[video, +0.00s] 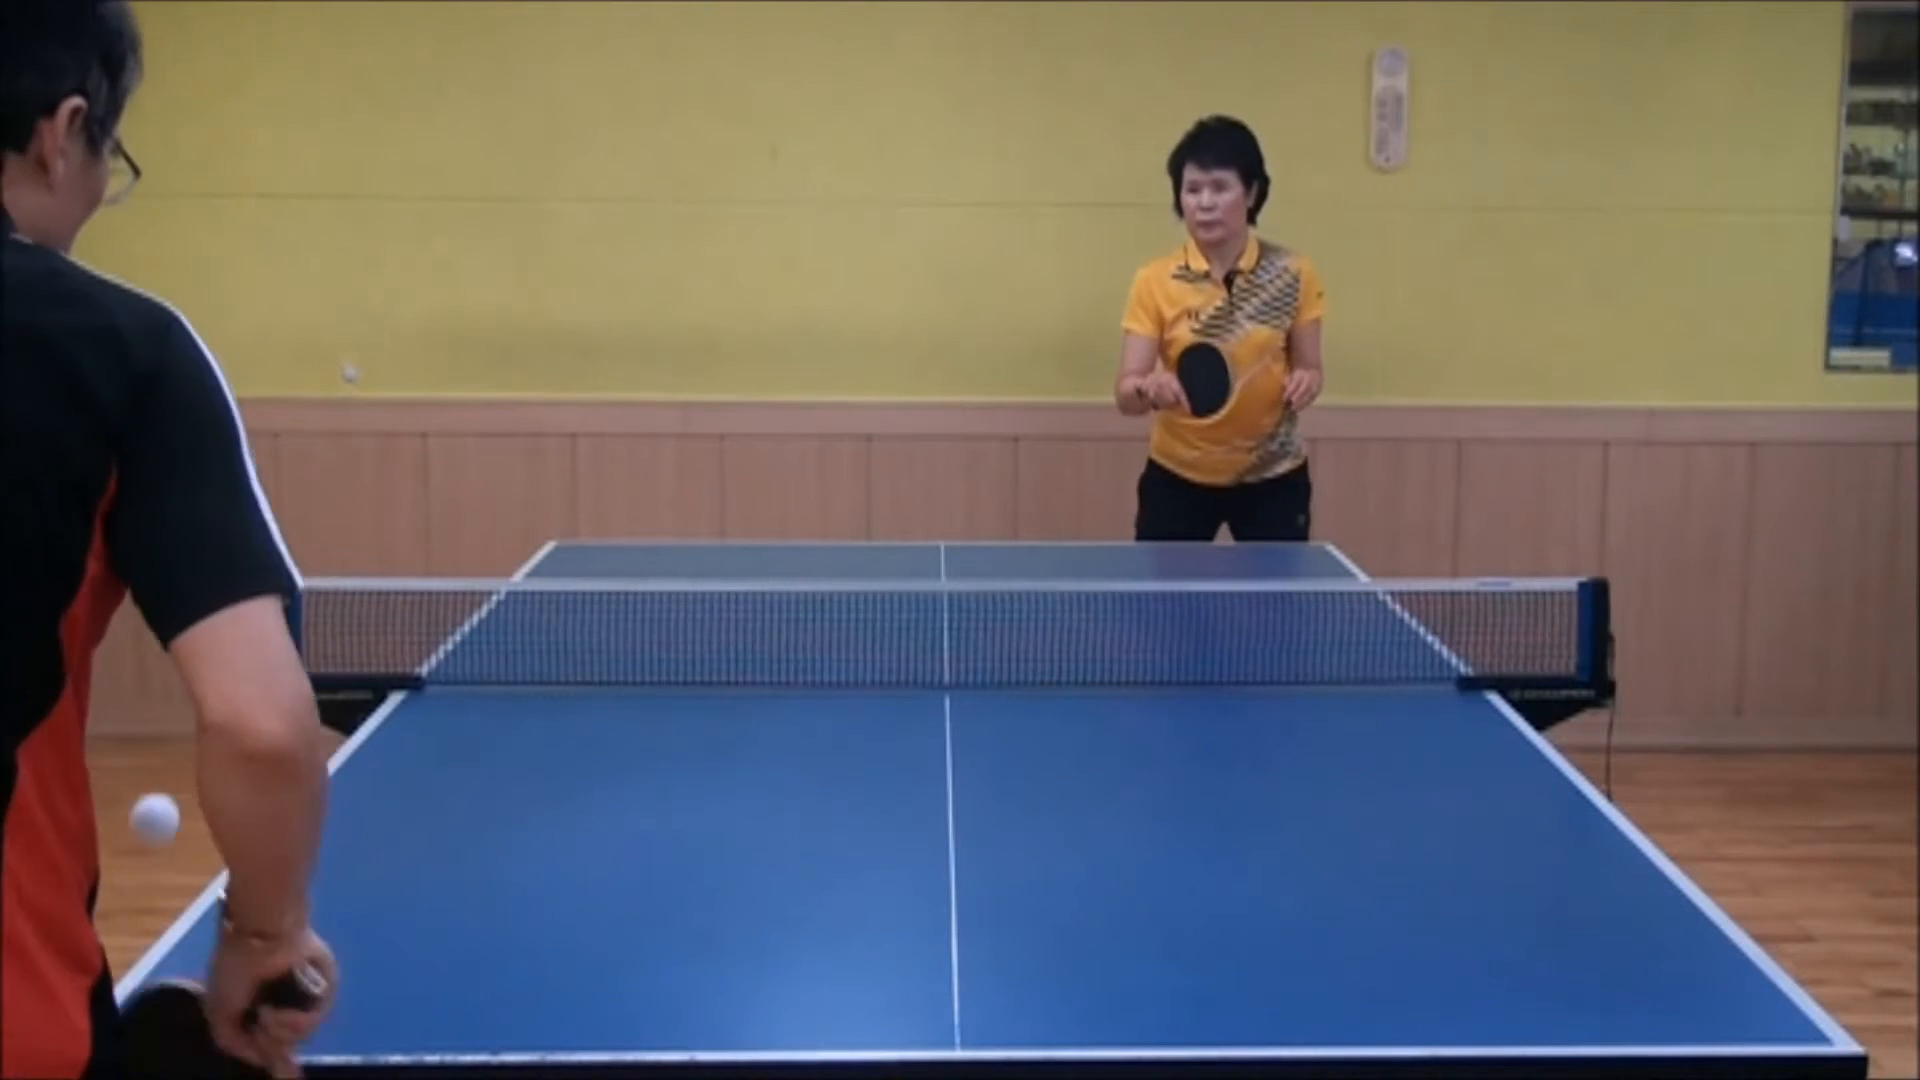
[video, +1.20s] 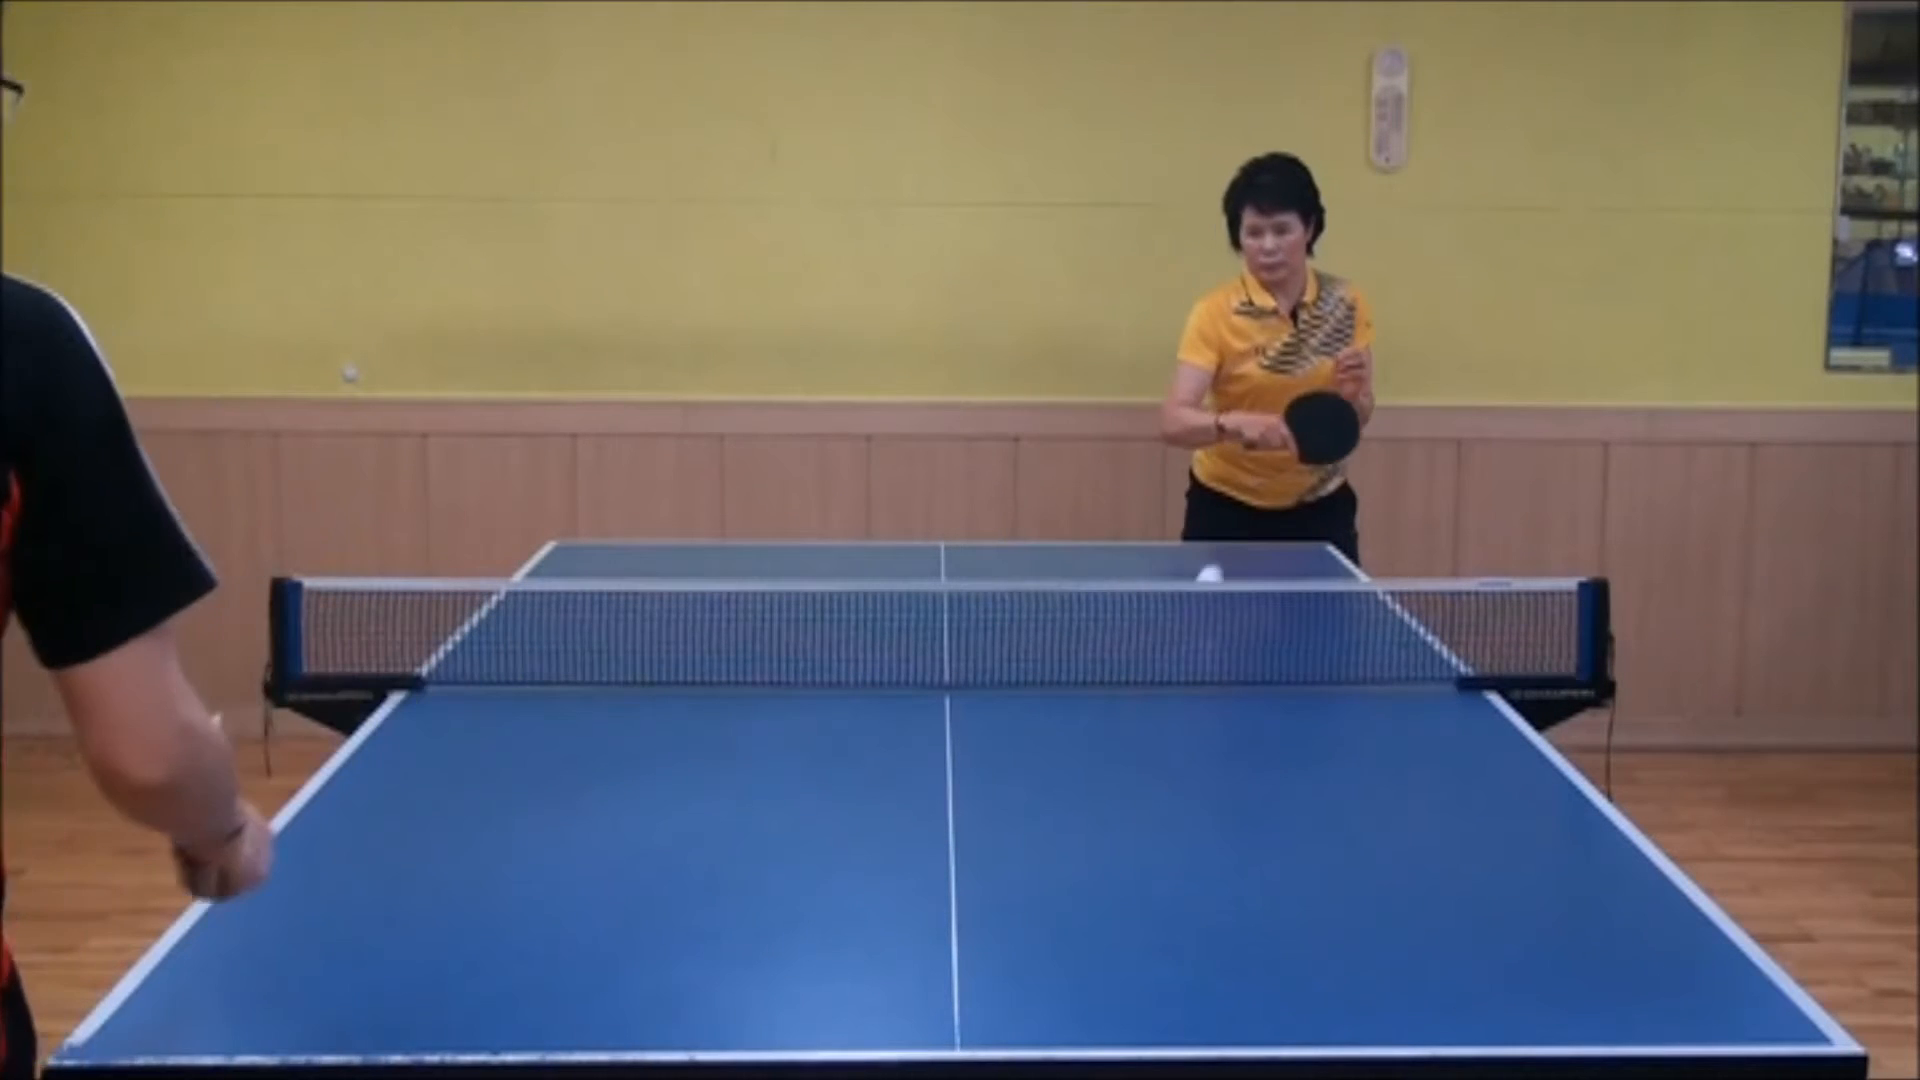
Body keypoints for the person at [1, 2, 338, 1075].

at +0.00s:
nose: (106, 189)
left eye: (110, 150)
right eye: (107, 146)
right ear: (55, 132)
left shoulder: (112, 348)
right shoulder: (105, 344)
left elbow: (261, 720)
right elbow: (263, 721)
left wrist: (267, 935)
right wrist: (267, 933)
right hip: (22, 1005)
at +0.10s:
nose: (110, 194)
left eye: (117, 159)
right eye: (116, 153)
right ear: (64, 132)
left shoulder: (120, 353)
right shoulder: (116, 348)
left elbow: (326, 694)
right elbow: (326, 697)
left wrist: (168, 829)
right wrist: (179, 823)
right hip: (28, 991)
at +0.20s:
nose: (105, 190)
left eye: (115, 157)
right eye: (111, 152)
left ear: (50, 127)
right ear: (56, 129)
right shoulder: (107, 347)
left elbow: (366, 692)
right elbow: (368, 693)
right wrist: (272, 729)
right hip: (23, 1000)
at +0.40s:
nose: (60, 163)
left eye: (73, 126)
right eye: (68, 123)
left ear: (18, 108)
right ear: (16, 108)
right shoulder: (84, 341)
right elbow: (353, 639)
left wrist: (418, 664)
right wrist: (438, 675)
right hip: (15, 1007)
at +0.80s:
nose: (30, 126)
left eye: (32, 87)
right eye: (32, 86)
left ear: (21, 101)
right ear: (12, 103)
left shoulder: (60, 338)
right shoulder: (52, 337)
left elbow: (257, 698)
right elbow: (259, 699)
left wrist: (318, 741)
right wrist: (334, 750)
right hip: (3, 1000)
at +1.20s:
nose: (11, 110)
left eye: (9, 99)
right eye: (11, 99)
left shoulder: (29, 341)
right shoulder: (21, 340)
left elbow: (141, 743)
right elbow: (144, 746)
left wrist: (217, 831)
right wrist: (219, 835)